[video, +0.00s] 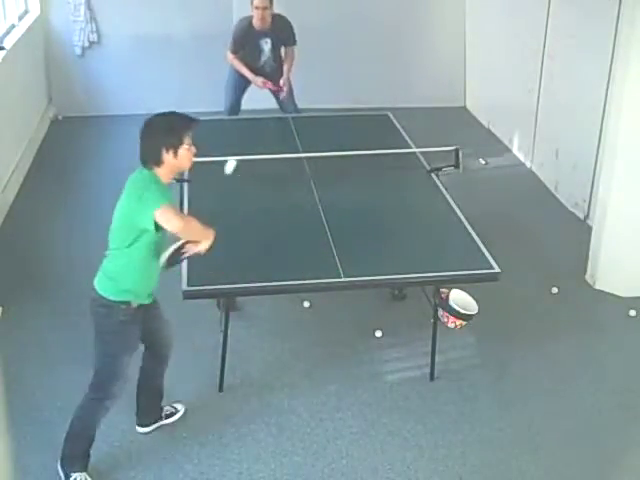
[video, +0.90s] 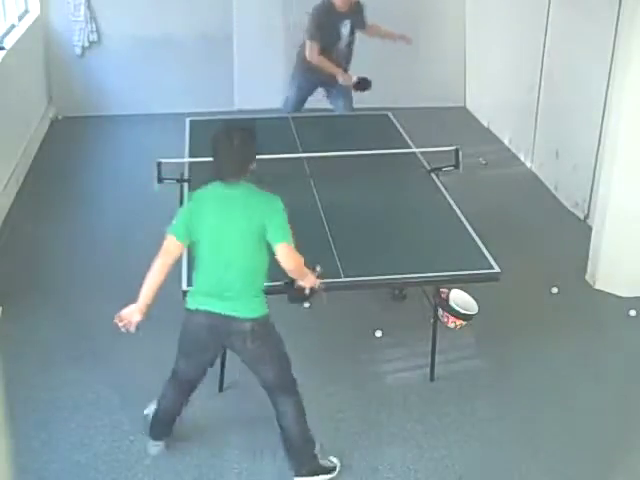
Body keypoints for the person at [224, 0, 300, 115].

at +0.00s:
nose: (261, 13)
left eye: (265, 9)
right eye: (257, 9)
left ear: (271, 9)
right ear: (252, 9)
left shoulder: (282, 24)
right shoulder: (243, 26)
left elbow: (289, 51)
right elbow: (231, 56)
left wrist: (286, 76)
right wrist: (253, 78)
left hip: (273, 70)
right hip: (245, 68)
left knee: (291, 110)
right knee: (230, 107)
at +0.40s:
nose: (255, 10)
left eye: (259, 5)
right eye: (251, 5)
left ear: (266, 6)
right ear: (247, 6)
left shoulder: (279, 21)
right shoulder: (237, 27)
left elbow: (295, 43)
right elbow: (224, 59)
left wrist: (300, 64)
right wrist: (240, 81)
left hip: (278, 76)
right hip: (248, 76)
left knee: (298, 112)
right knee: (232, 113)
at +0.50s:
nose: (272, 11)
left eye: (275, 7)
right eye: (268, 7)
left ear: (280, 8)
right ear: (261, 8)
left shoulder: (289, 23)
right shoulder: (250, 29)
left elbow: (305, 44)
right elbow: (236, 62)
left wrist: (317, 64)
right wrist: (254, 80)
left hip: (286, 78)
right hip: (256, 78)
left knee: (308, 113)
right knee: (238, 115)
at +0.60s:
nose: (294, 12)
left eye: (297, 7)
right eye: (290, 7)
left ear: (302, 9)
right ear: (282, 8)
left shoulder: (308, 24)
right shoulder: (270, 29)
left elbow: (319, 45)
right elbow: (261, 69)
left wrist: (338, 62)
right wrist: (287, 80)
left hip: (301, 81)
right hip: (272, 82)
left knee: (319, 117)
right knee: (248, 114)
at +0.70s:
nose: (317, 11)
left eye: (321, 7)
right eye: (313, 7)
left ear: (326, 9)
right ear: (306, 6)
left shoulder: (329, 21)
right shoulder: (294, 27)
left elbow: (336, 45)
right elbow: (289, 69)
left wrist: (366, 60)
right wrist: (322, 81)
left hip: (318, 82)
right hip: (289, 82)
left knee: (336, 121)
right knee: (264, 120)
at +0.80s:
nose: (336, 6)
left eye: (339, 3)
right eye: (332, 3)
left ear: (343, 5)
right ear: (324, 3)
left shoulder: (345, 16)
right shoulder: (313, 22)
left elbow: (353, 38)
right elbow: (311, 65)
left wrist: (382, 50)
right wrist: (341, 81)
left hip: (329, 80)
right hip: (299, 78)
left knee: (342, 117)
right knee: (276, 117)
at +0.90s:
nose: (346, 4)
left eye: (349, 1)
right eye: (343, 1)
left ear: (353, 2)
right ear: (334, 0)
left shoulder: (356, 9)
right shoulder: (320, 12)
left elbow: (365, 29)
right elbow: (312, 55)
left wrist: (395, 37)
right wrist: (339, 73)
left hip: (337, 74)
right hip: (308, 72)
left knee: (346, 117)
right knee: (288, 113)